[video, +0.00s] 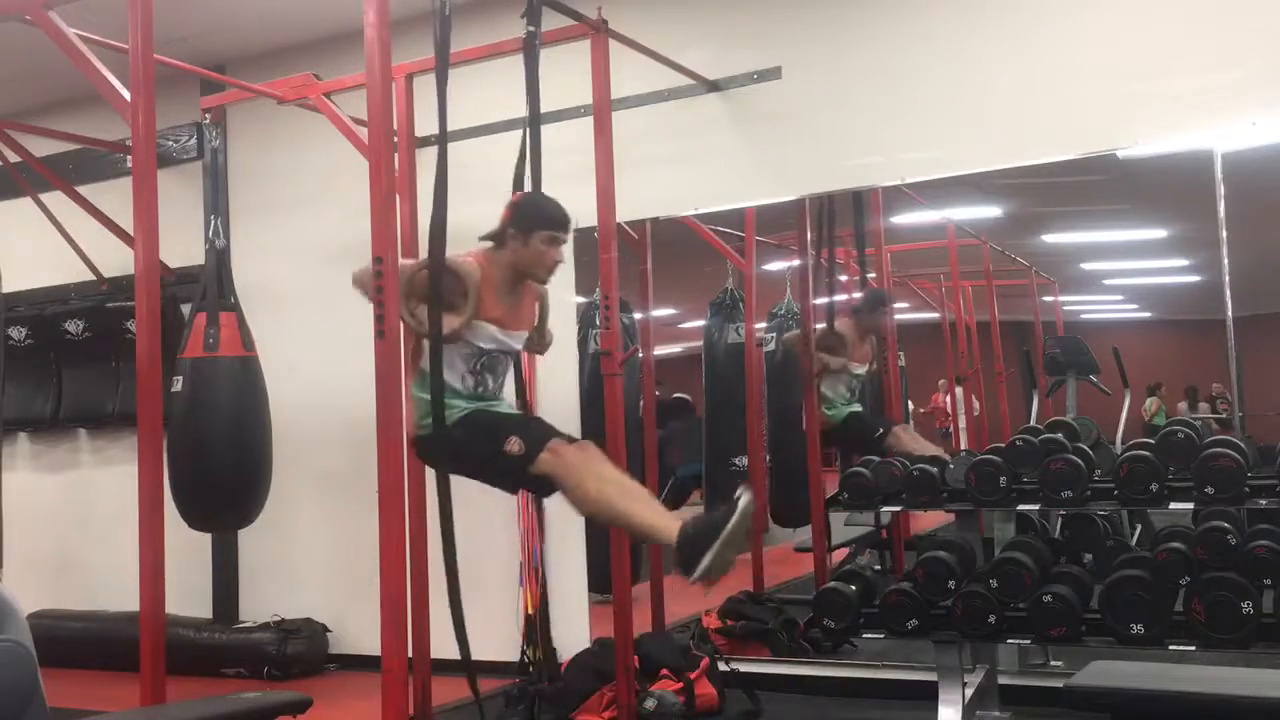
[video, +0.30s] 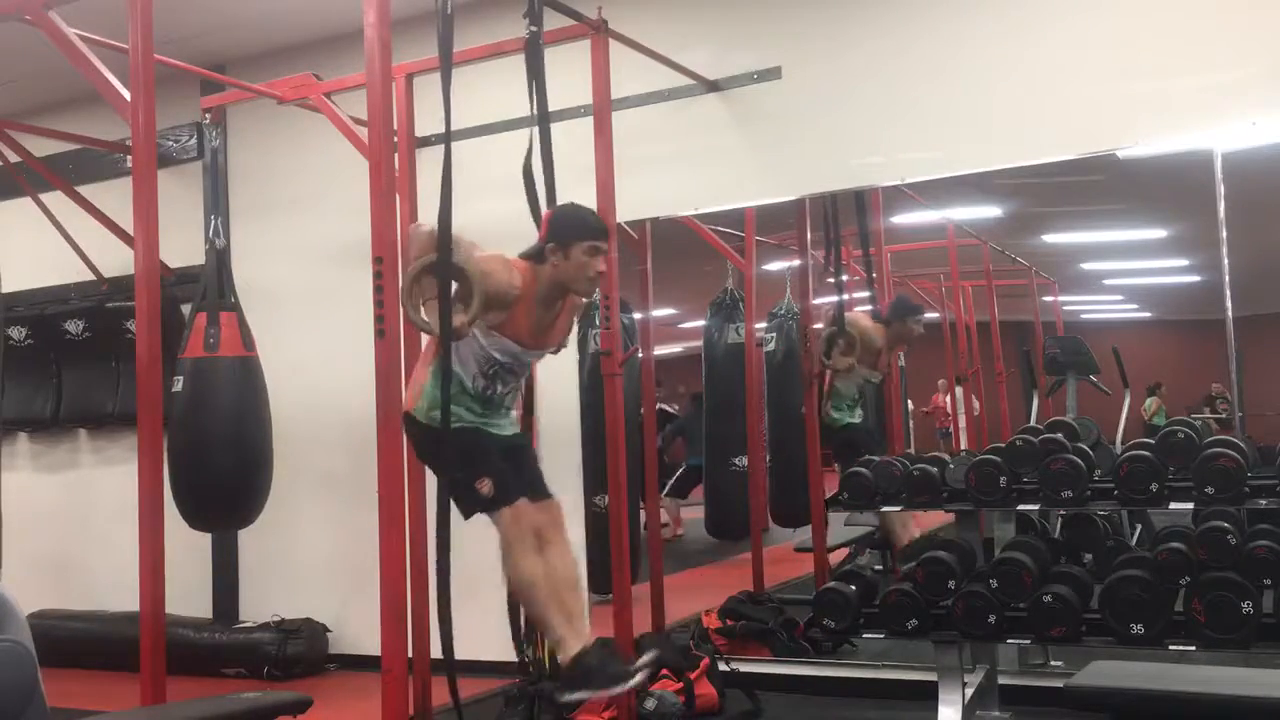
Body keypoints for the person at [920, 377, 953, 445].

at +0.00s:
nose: (943, 388)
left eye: (944, 386)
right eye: (941, 386)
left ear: (947, 386)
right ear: (939, 387)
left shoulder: (949, 396)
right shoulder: (935, 397)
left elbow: (952, 408)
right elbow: (932, 408)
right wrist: (924, 411)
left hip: (948, 422)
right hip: (939, 422)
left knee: (949, 438)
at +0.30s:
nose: (942, 388)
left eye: (944, 386)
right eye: (941, 386)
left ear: (947, 386)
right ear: (938, 387)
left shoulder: (949, 396)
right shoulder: (935, 397)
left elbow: (952, 407)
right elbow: (933, 407)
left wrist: (951, 416)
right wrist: (927, 411)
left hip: (948, 421)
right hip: (939, 422)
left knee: (949, 438)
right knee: (941, 439)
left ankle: (951, 452)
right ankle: (943, 453)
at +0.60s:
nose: (942, 388)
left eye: (943, 386)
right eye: (940, 386)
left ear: (947, 386)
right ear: (938, 387)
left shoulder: (949, 396)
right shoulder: (935, 397)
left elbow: (953, 408)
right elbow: (932, 409)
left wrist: (952, 416)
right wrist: (925, 411)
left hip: (949, 422)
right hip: (939, 423)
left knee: (950, 439)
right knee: (941, 440)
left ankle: (952, 453)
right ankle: (943, 453)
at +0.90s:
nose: (942, 387)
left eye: (944, 385)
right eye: (940, 386)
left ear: (946, 386)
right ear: (938, 387)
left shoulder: (949, 396)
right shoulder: (935, 397)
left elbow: (953, 409)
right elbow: (933, 411)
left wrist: (950, 417)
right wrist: (927, 413)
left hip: (949, 422)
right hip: (940, 423)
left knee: (952, 438)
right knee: (941, 440)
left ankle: (953, 452)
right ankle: (943, 453)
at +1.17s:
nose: (942, 388)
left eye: (944, 386)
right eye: (940, 386)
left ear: (946, 386)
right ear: (938, 387)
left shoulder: (949, 396)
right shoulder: (935, 397)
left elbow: (953, 409)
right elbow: (933, 410)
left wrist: (949, 417)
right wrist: (926, 413)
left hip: (949, 422)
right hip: (940, 422)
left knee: (952, 439)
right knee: (942, 440)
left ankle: (953, 453)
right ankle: (943, 453)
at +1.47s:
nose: (942, 389)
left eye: (944, 387)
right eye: (941, 387)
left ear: (946, 387)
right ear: (938, 387)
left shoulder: (949, 396)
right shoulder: (935, 397)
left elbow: (953, 408)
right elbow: (932, 409)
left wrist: (950, 417)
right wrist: (926, 413)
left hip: (949, 422)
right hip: (940, 423)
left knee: (951, 439)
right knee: (942, 440)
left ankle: (953, 452)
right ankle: (944, 453)